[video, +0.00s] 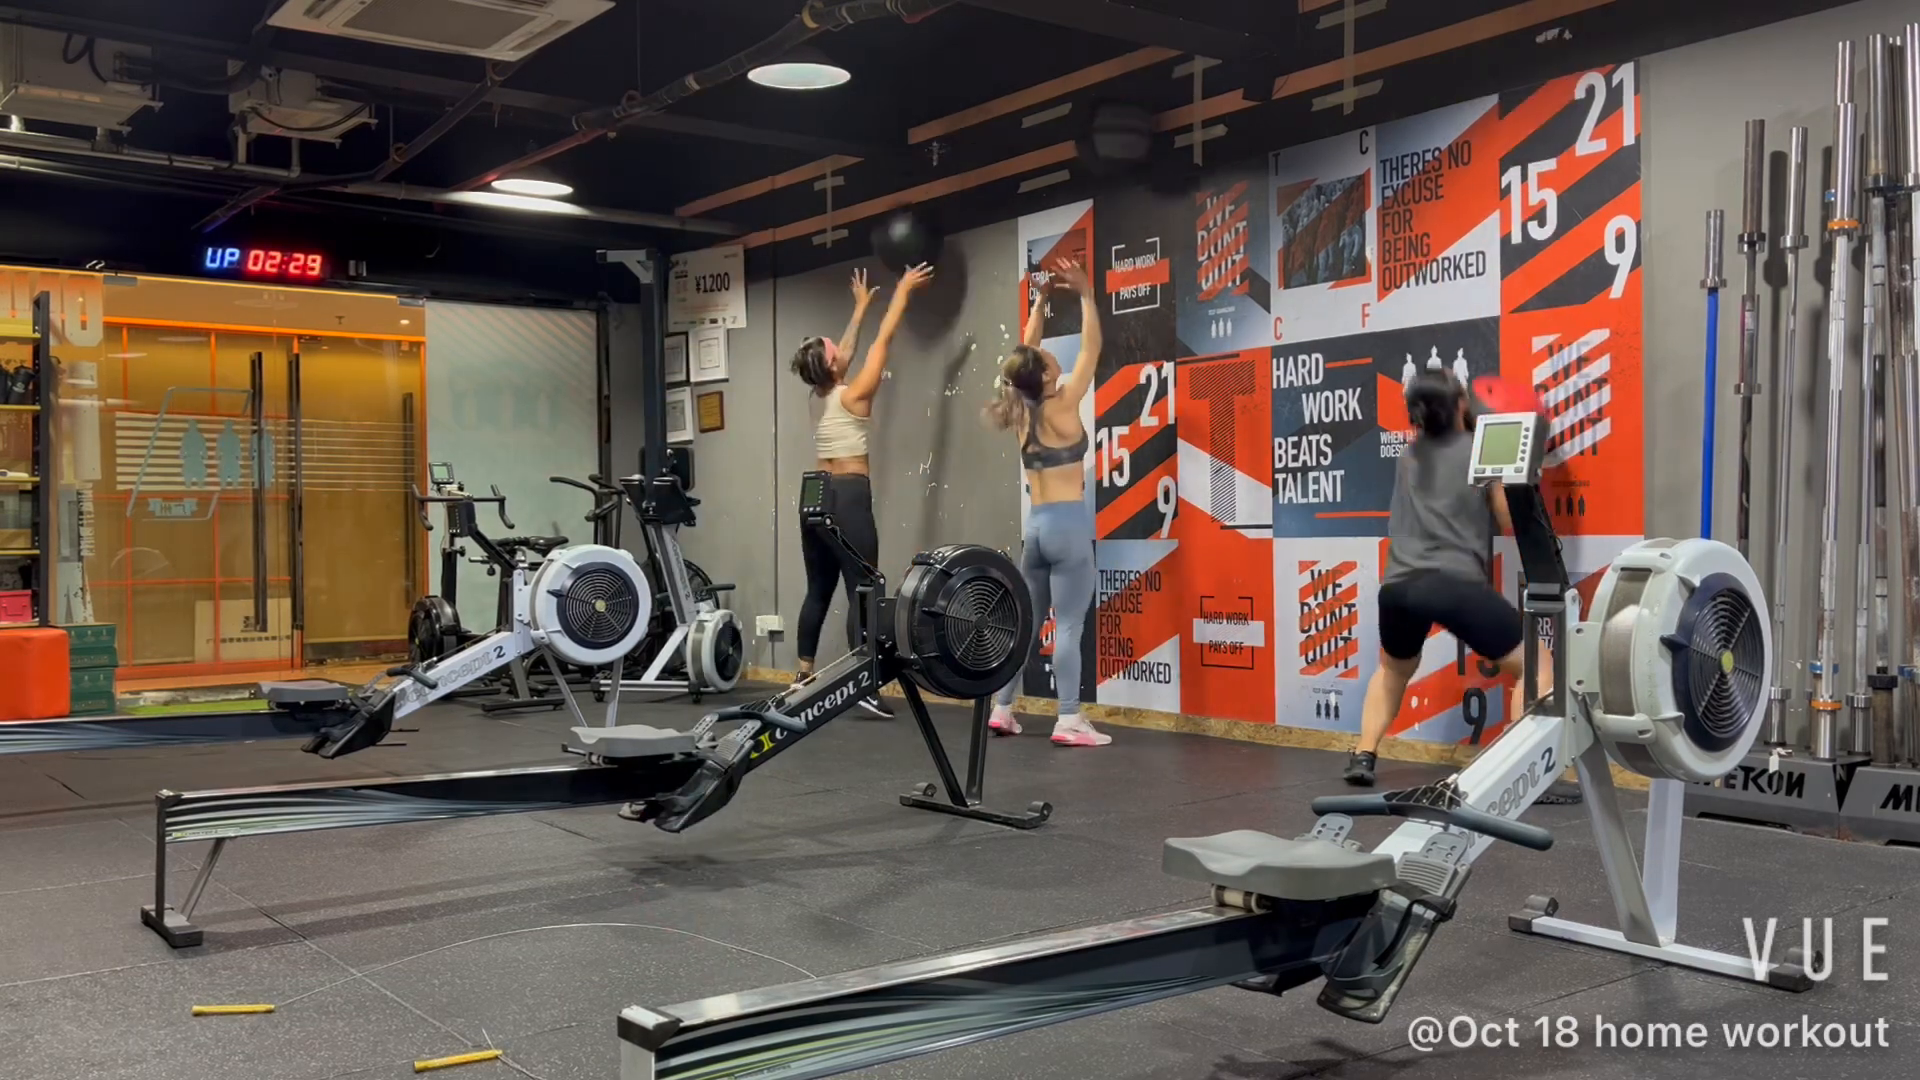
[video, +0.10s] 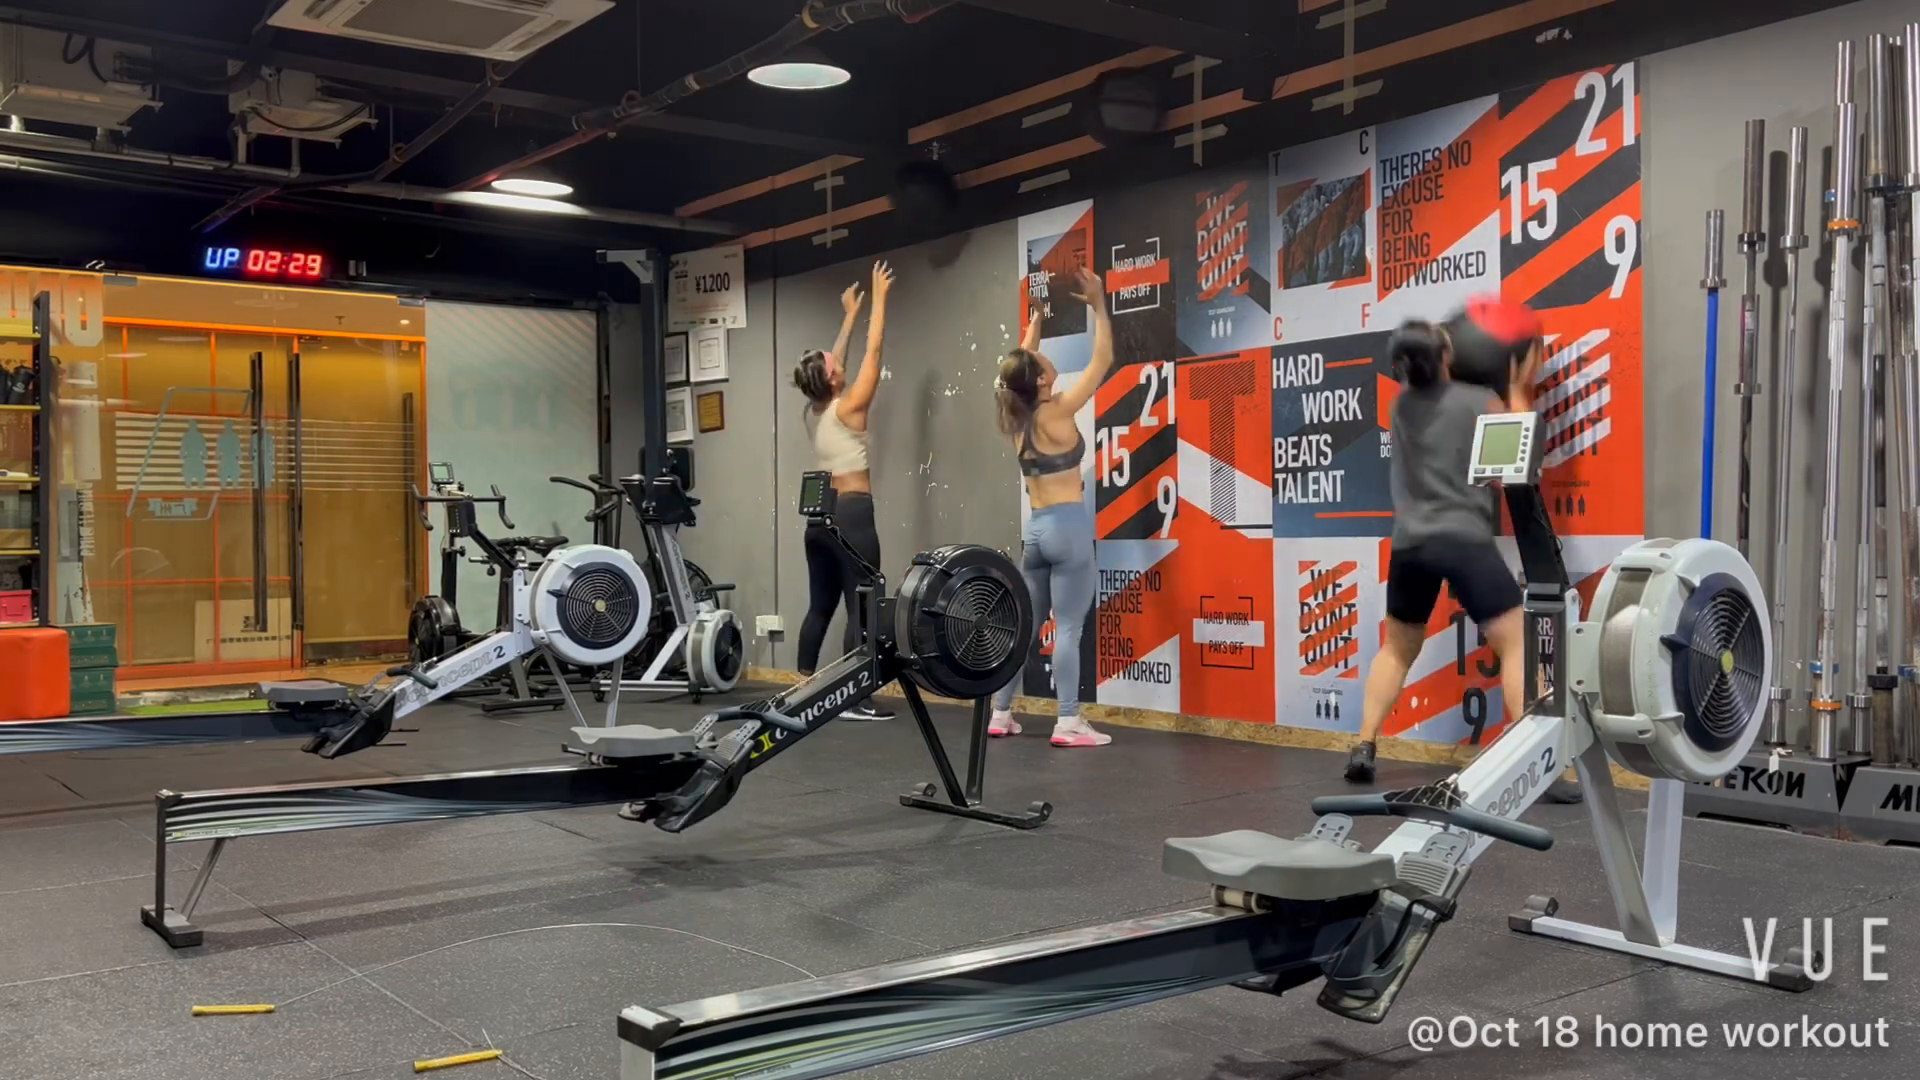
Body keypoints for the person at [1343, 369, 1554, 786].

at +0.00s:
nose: (1469, 402)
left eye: (1464, 395)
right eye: (1465, 397)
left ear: (1419, 412)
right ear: (1461, 406)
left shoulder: (1408, 455)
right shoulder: (1481, 451)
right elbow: (1506, 522)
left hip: (1399, 587)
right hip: (1458, 585)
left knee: (1391, 671)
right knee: (1533, 667)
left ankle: (1363, 755)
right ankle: (1525, 767)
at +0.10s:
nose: (1450, 352)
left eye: (1442, 346)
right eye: (1446, 348)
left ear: (1406, 363)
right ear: (1445, 358)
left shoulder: (1401, 407)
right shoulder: (1477, 402)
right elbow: (1523, 454)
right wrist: (1519, 391)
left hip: (1409, 547)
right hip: (1467, 544)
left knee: (1397, 647)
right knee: (1513, 646)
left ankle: (1364, 747)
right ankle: (1533, 763)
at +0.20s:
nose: (1443, 322)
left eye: (1438, 316)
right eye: (1438, 318)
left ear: (1399, 337)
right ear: (1434, 331)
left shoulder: (1391, 374)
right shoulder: (1465, 364)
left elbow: (1416, 344)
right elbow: (1521, 345)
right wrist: (1520, 282)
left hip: (1417, 514)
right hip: (1471, 512)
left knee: (1395, 628)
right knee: (1503, 620)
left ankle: (1362, 722)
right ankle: (1533, 722)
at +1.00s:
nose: (1460, 336)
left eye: (1453, 334)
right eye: (1454, 338)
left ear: (1414, 371)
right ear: (1451, 364)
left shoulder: (1402, 414)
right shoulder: (1476, 407)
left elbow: (1437, 395)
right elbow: (1526, 414)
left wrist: (1451, 351)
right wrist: (1528, 354)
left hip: (1407, 561)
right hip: (1464, 562)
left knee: (1398, 665)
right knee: (1512, 662)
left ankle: (1363, 760)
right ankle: (1516, 772)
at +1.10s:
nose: (1454, 375)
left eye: (1450, 368)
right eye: (1449, 371)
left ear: (1407, 390)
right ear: (1444, 384)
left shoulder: (1400, 438)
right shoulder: (1468, 432)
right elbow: (1519, 457)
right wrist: (1536, 410)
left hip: (1403, 580)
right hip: (1461, 580)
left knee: (1398, 668)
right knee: (1525, 668)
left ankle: (1363, 763)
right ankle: (1520, 771)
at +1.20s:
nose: (1467, 415)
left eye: (1462, 408)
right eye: (1461, 410)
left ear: (1415, 426)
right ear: (1454, 419)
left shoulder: (1404, 471)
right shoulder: (1478, 469)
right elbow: (1506, 534)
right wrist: (1544, 489)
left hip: (1391, 607)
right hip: (1451, 608)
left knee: (1398, 674)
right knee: (1539, 669)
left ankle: (1363, 762)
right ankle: (1522, 773)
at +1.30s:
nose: (1473, 453)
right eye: (1471, 447)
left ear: (1421, 458)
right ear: (1465, 455)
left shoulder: (1413, 505)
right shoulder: (1488, 510)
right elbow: (1515, 579)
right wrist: (1547, 525)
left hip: (1385, 639)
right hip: (1448, 639)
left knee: (1392, 680)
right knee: (1545, 669)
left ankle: (1363, 762)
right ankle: (1534, 776)